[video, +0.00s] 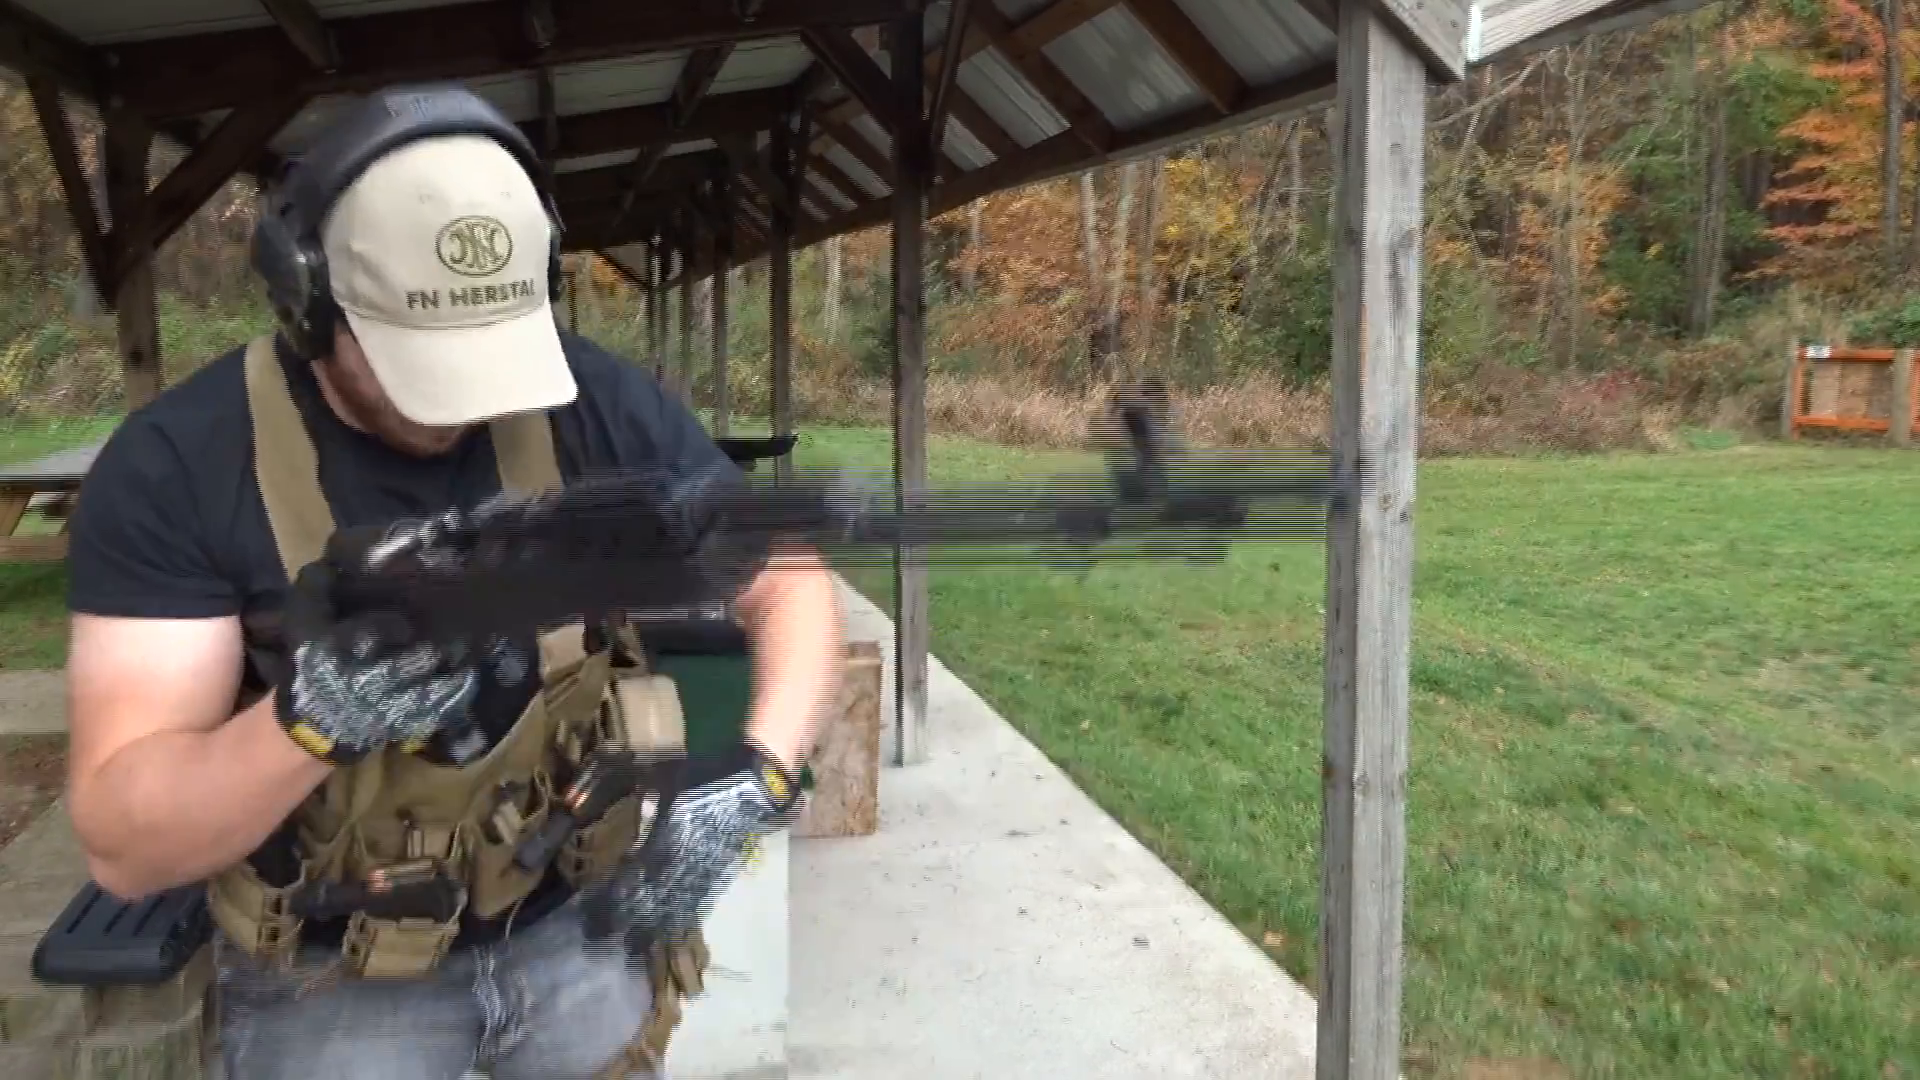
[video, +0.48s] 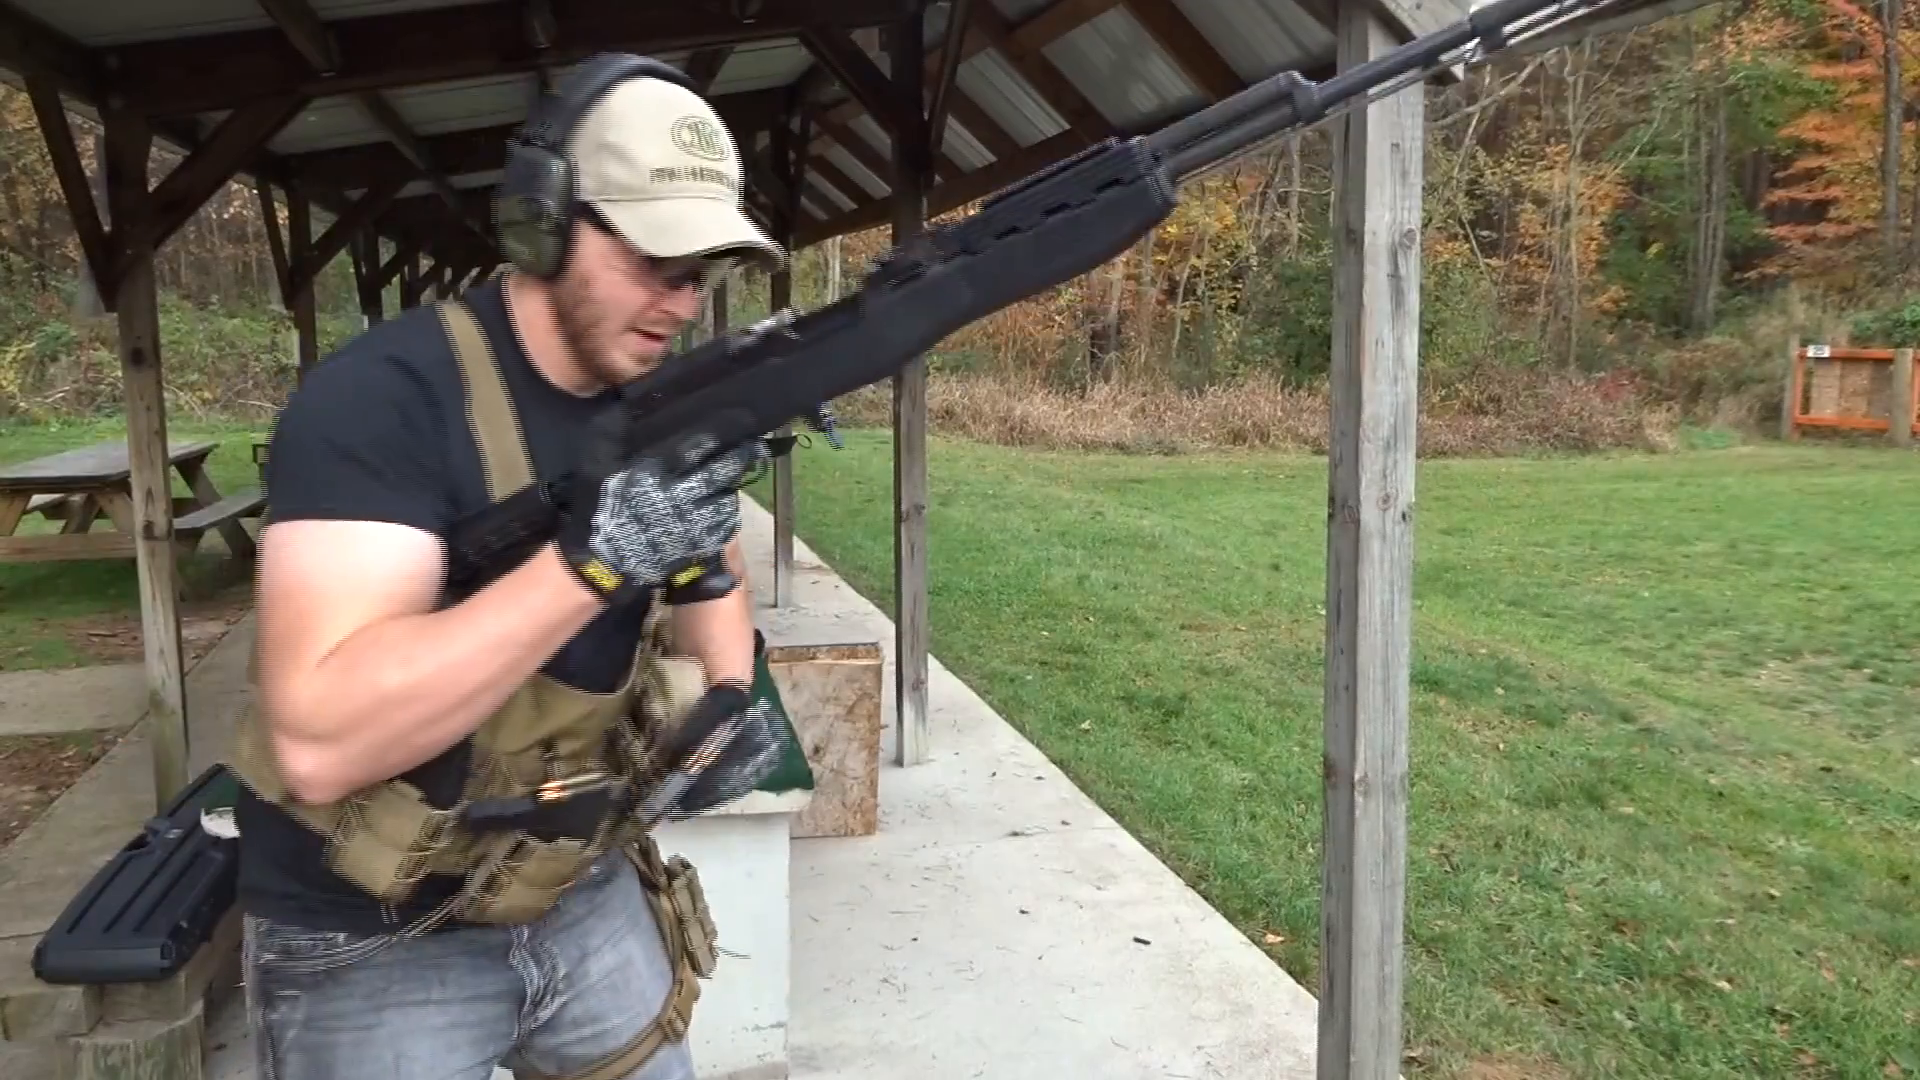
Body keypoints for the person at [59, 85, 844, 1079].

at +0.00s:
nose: (461, 401)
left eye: (487, 358)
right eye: (422, 365)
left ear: (526, 296)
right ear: (318, 315)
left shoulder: (592, 404)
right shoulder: (177, 470)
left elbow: (792, 581)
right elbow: (125, 841)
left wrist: (754, 778)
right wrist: (313, 722)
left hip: (584, 944)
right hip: (329, 983)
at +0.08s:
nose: (494, 378)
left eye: (518, 342)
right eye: (460, 343)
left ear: (551, 279)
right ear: (352, 293)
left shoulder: (594, 387)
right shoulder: (202, 454)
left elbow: (744, 522)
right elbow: (144, 828)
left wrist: (714, 721)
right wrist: (357, 685)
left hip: (582, 936)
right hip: (337, 992)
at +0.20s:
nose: (541, 349)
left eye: (563, 312)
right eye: (507, 312)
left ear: (586, 260)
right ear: (402, 265)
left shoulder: (603, 379)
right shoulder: (239, 440)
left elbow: (709, 535)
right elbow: (185, 807)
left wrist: (706, 700)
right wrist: (420, 649)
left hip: (584, 931)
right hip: (349, 991)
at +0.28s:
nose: (607, 333)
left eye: (623, 296)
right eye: (570, 298)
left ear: (642, 253)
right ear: (455, 249)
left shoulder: (621, 382)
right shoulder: (289, 421)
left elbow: (700, 536)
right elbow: (227, 782)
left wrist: (721, 693)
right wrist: (488, 609)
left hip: (586, 928)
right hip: (352, 981)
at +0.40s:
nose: (647, 321)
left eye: (665, 287)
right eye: (618, 283)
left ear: (688, 254)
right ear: (505, 231)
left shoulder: (637, 394)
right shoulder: (331, 409)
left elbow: (714, 568)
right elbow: (283, 761)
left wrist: (714, 706)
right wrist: (548, 579)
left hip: (587, 915)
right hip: (359, 964)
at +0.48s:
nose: (682, 306)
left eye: (701, 274)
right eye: (653, 267)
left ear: (717, 262)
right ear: (542, 227)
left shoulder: (656, 403)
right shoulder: (375, 401)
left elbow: (709, 576)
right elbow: (317, 743)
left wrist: (731, 702)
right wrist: (590, 563)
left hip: (596, 900)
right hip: (378, 946)